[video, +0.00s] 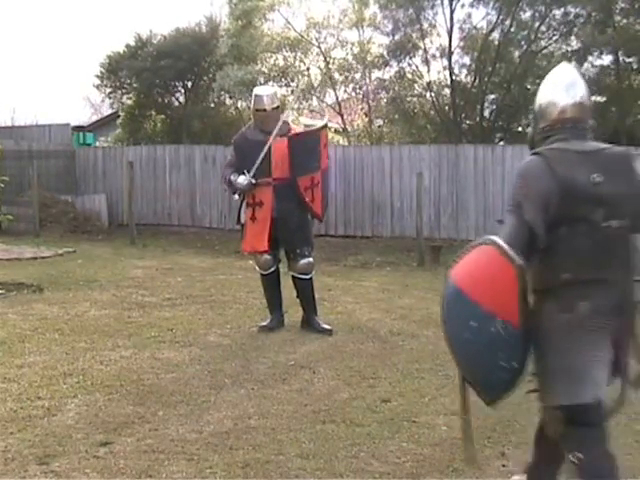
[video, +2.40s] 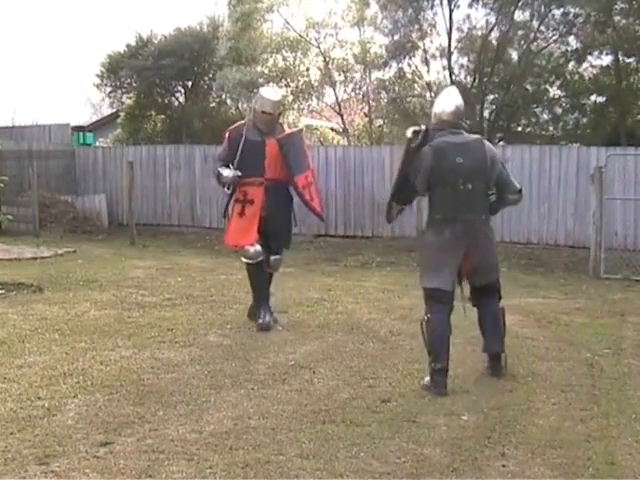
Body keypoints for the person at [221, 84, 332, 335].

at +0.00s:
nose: (265, 115)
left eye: (269, 110)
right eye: (261, 111)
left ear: (278, 109)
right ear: (254, 111)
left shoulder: (293, 135)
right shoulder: (244, 140)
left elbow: (310, 165)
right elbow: (229, 170)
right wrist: (236, 180)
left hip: (293, 206)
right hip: (262, 207)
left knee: (303, 261)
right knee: (265, 260)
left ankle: (310, 316)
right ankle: (276, 316)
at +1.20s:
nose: (267, 116)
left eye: (271, 110)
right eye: (261, 111)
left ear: (280, 109)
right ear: (254, 111)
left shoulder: (293, 135)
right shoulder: (244, 140)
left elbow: (312, 166)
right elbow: (235, 175)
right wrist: (231, 199)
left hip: (291, 207)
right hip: (258, 210)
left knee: (302, 262)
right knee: (264, 261)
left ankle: (310, 316)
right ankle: (276, 315)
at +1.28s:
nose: (265, 116)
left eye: (270, 110)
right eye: (260, 111)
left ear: (279, 109)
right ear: (253, 111)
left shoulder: (293, 134)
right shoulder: (243, 139)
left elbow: (311, 165)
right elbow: (234, 173)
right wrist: (230, 199)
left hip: (290, 206)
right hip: (258, 209)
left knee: (302, 261)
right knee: (264, 261)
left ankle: (311, 316)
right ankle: (276, 315)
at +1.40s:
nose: (261, 117)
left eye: (266, 111)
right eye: (256, 112)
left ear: (276, 109)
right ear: (250, 111)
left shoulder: (291, 134)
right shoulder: (240, 139)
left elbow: (309, 169)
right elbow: (231, 175)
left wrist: (305, 137)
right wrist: (229, 200)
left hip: (290, 205)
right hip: (257, 207)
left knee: (303, 260)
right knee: (264, 260)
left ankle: (312, 315)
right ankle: (275, 315)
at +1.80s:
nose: (256, 117)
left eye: (260, 112)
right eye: (251, 112)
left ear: (270, 109)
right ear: (244, 111)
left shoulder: (286, 133)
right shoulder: (234, 139)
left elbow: (306, 166)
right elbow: (222, 170)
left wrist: (299, 136)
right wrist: (222, 190)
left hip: (287, 200)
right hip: (255, 205)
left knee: (300, 255)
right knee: (265, 258)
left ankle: (279, 297)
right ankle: (276, 314)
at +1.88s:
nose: (254, 118)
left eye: (259, 112)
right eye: (250, 112)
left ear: (269, 110)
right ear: (244, 110)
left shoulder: (287, 134)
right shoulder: (234, 138)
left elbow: (306, 165)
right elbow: (221, 171)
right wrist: (222, 187)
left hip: (287, 199)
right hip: (255, 203)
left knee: (297, 256)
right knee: (265, 258)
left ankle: (269, 288)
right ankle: (275, 314)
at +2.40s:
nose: (268, 118)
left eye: (273, 114)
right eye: (264, 113)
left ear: (278, 113)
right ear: (254, 110)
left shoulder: (286, 137)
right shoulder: (238, 134)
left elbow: (300, 169)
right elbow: (221, 164)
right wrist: (226, 174)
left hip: (277, 200)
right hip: (247, 200)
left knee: (275, 257)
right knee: (252, 252)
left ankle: (259, 303)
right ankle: (263, 305)